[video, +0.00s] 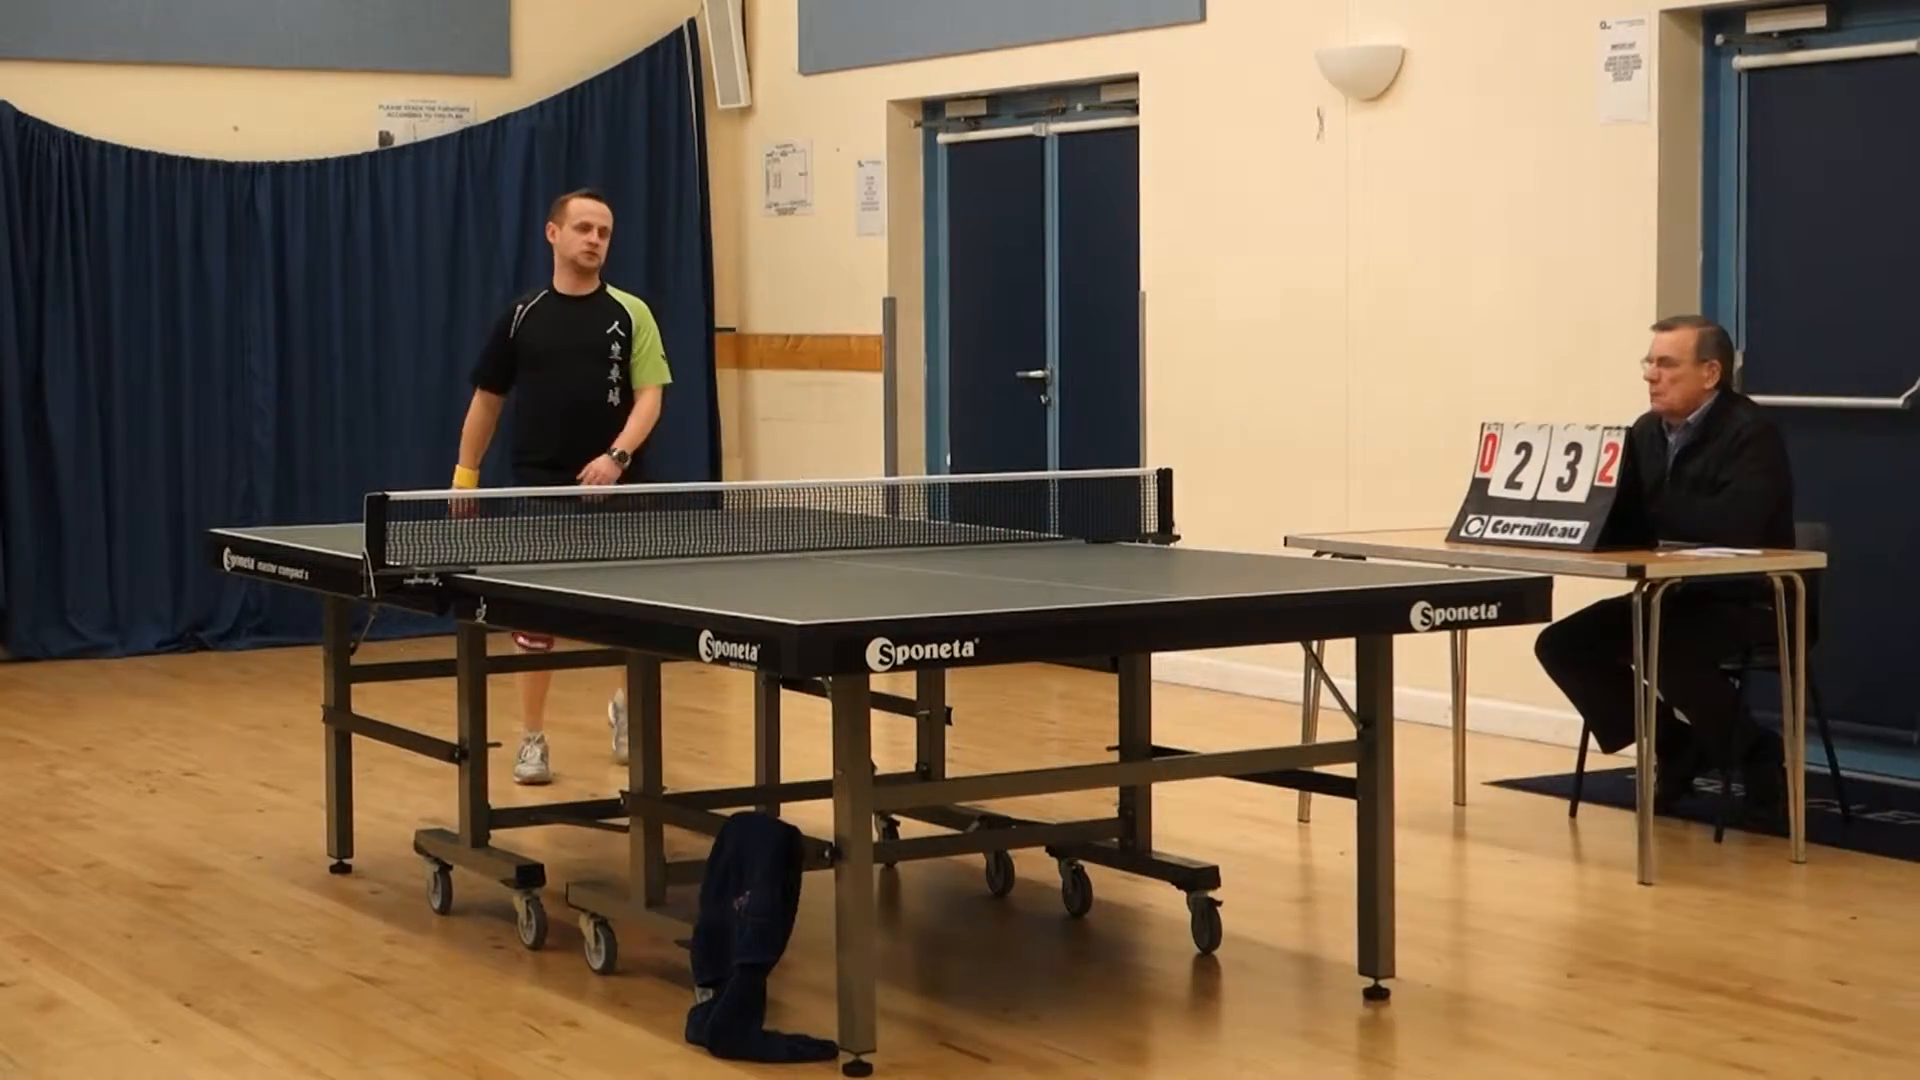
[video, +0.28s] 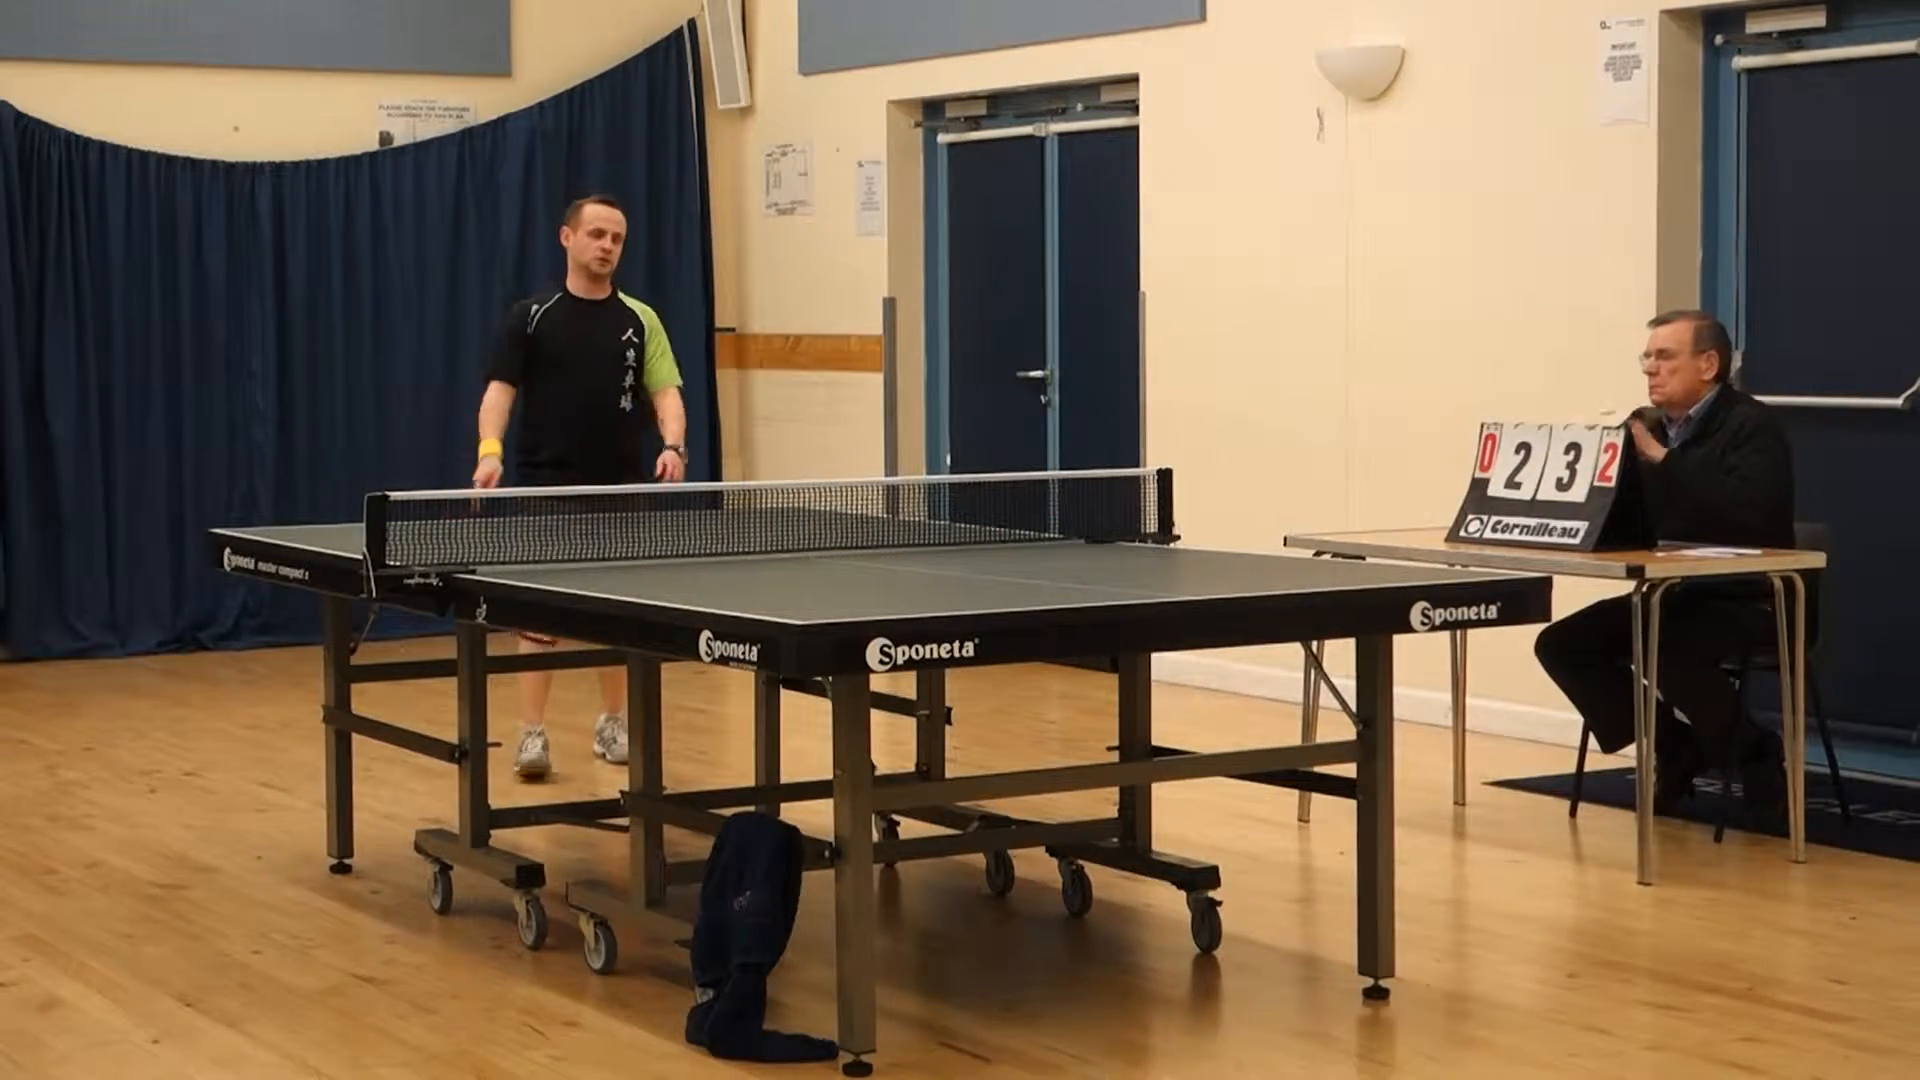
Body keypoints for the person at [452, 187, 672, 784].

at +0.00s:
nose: (595, 239)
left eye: (603, 232)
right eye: (583, 228)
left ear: (611, 242)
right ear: (553, 234)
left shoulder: (631, 313)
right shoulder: (522, 316)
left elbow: (650, 395)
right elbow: (486, 400)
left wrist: (616, 455)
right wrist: (465, 475)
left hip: (615, 492)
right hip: (537, 494)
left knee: (645, 606)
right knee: (535, 616)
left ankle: (627, 706)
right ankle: (531, 735)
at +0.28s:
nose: (607, 246)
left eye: (616, 238)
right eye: (597, 234)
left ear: (624, 247)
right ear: (566, 237)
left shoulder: (641, 319)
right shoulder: (530, 315)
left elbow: (666, 392)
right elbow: (499, 390)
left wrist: (674, 444)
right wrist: (489, 452)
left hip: (620, 495)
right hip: (542, 495)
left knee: (622, 612)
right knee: (537, 615)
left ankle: (614, 723)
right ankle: (533, 730)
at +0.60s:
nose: (604, 240)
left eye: (612, 232)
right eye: (593, 229)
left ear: (620, 241)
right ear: (564, 234)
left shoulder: (634, 312)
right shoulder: (532, 307)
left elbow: (654, 394)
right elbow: (508, 383)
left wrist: (675, 466)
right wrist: (540, 430)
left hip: (622, 485)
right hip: (544, 483)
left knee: (621, 602)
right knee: (520, 599)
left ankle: (613, 719)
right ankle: (504, 713)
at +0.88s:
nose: (564, 246)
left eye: (573, 237)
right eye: (553, 236)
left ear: (581, 244)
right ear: (526, 241)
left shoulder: (602, 315)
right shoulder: (497, 312)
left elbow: (620, 400)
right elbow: (473, 396)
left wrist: (635, 477)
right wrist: (489, 464)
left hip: (593, 490)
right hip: (518, 491)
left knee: (612, 608)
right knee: (505, 606)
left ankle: (613, 719)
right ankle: (500, 713)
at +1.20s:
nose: (528, 247)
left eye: (536, 237)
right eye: (516, 237)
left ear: (547, 243)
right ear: (491, 243)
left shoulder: (572, 310)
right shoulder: (463, 316)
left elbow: (590, 383)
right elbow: (426, 395)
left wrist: (580, 437)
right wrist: (402, 472)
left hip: (558, 485)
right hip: (486, 486)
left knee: (590, 600)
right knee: (496, 604)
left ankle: (606, 714)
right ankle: (498, 712)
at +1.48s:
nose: (517, 246)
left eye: (526, 237)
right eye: (506, 236)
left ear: (536, 243)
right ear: (481, 242)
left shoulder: (561, 308)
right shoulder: (453, 312)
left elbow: (576, 391)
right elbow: (422, 393)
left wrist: (558, 456)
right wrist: (406, 474)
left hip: (546, 482)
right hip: (477, 486)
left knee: (575, 597)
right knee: (493, 604)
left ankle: (604, 711)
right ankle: (498, 713)